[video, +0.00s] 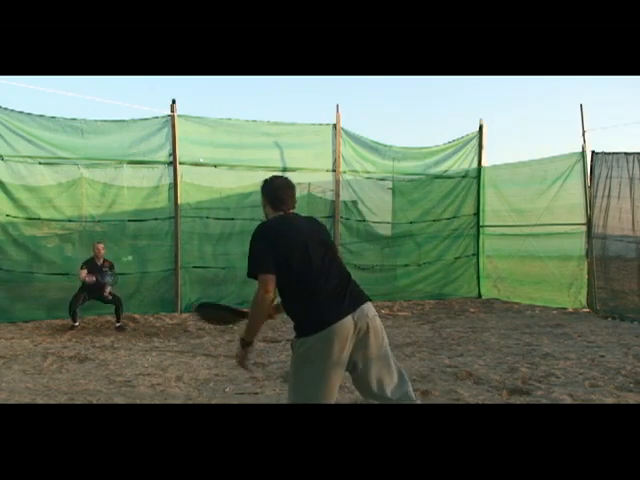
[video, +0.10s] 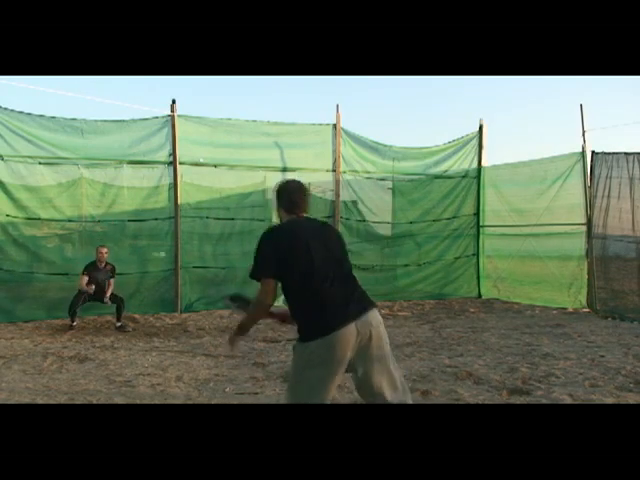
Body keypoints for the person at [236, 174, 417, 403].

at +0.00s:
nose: (262, 208)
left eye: (262, 203)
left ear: (265, 205)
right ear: (293, 203)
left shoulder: (265, 232)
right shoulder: (312, 223)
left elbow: (266, 293)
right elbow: (320, 275)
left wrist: (246, 342)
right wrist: (278, 308)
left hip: (323, 331)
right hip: (363, 312)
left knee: (309, 399)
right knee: (393, 390)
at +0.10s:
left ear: (279, 208)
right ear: (306, 205)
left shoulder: (273, 237)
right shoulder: (328, 230)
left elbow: (266, 299)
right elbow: (336, 287)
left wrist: (244, 326)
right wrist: (294, 314)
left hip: (325, 336)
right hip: (369, 321)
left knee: (305, 398)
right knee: (391, 396)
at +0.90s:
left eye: (349, 224)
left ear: (349, 227)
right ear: (377, 228)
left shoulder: (348, 254)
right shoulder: (390, 252)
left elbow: (316, 305)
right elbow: (377, 300)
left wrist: (278, 291)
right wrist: (338, 324)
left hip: (378, 356)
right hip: (419, 347)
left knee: (314, 400)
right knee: (411, 396)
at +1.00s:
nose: (335, 222)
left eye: (335, 218)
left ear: (338, 220)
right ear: (367, 220)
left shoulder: (336, 247)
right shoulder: (382, 245)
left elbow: (311, 303)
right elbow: (383, 297)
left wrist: (276, 298)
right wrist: (347, 331)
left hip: (371, 349)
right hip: (413, 340)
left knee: (315, 399)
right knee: (415, 397)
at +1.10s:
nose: (333, 217)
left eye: (334, 212)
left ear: (335, 213)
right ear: (363, 215)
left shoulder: (329, 241)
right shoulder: (382, 240)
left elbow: (317, 299)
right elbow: (385, 294)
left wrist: (288, 308)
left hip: (363, 344)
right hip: (408, 336)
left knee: (315, 399)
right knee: (421, 400)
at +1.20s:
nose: (337, 208)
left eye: (338, 204)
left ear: (340, 207)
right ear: (368, 207)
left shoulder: (333, 237)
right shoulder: (389, 236)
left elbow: (329, 295)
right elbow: (403, 286)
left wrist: (303, 312)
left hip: (364, 341)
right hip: (409, 334)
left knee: (321, 400)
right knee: (420, 399)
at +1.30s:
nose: (348, 205)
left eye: (349, 201)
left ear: (352, 203)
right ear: (379, 204)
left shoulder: (343, 234)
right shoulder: (401, 233)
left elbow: (341, 292)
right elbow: (418, 289)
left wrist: (317, 310)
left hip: (368, 337)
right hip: (413, 333)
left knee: (330, 399)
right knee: (416, 399)